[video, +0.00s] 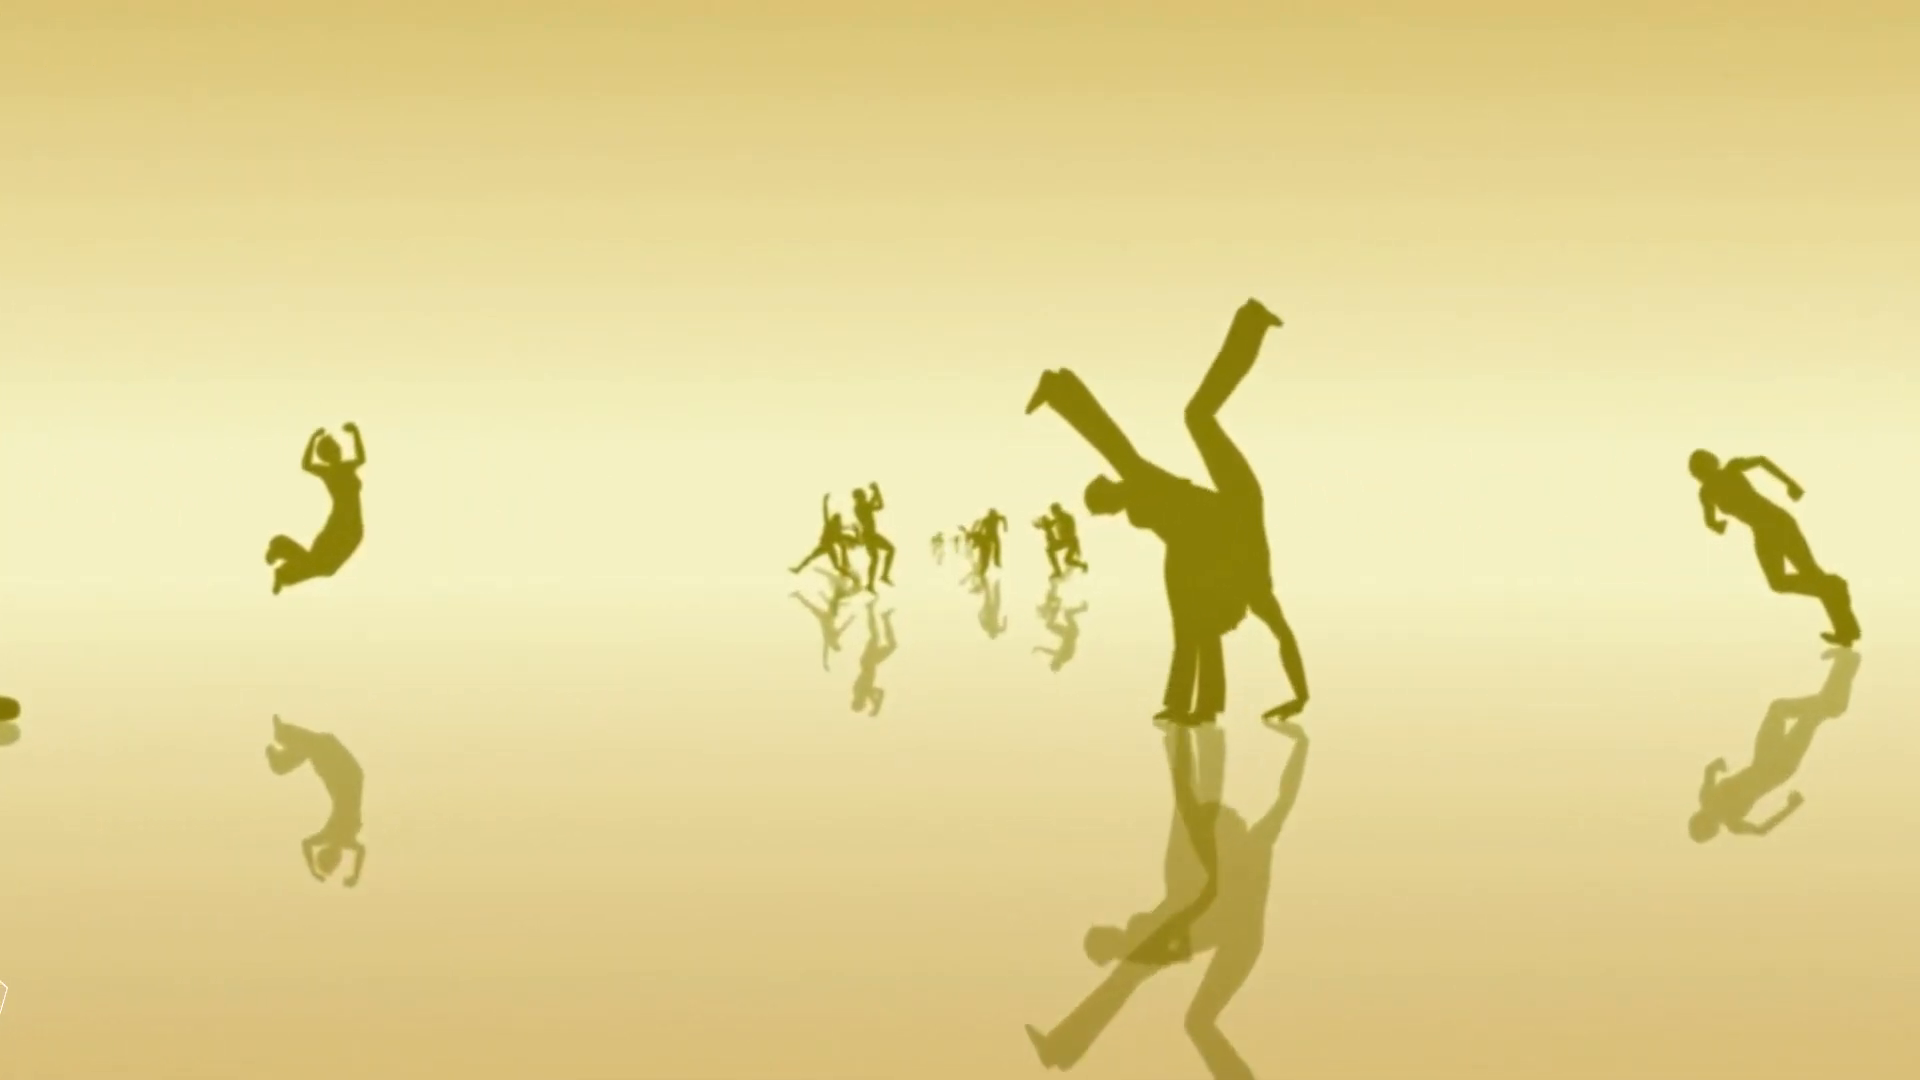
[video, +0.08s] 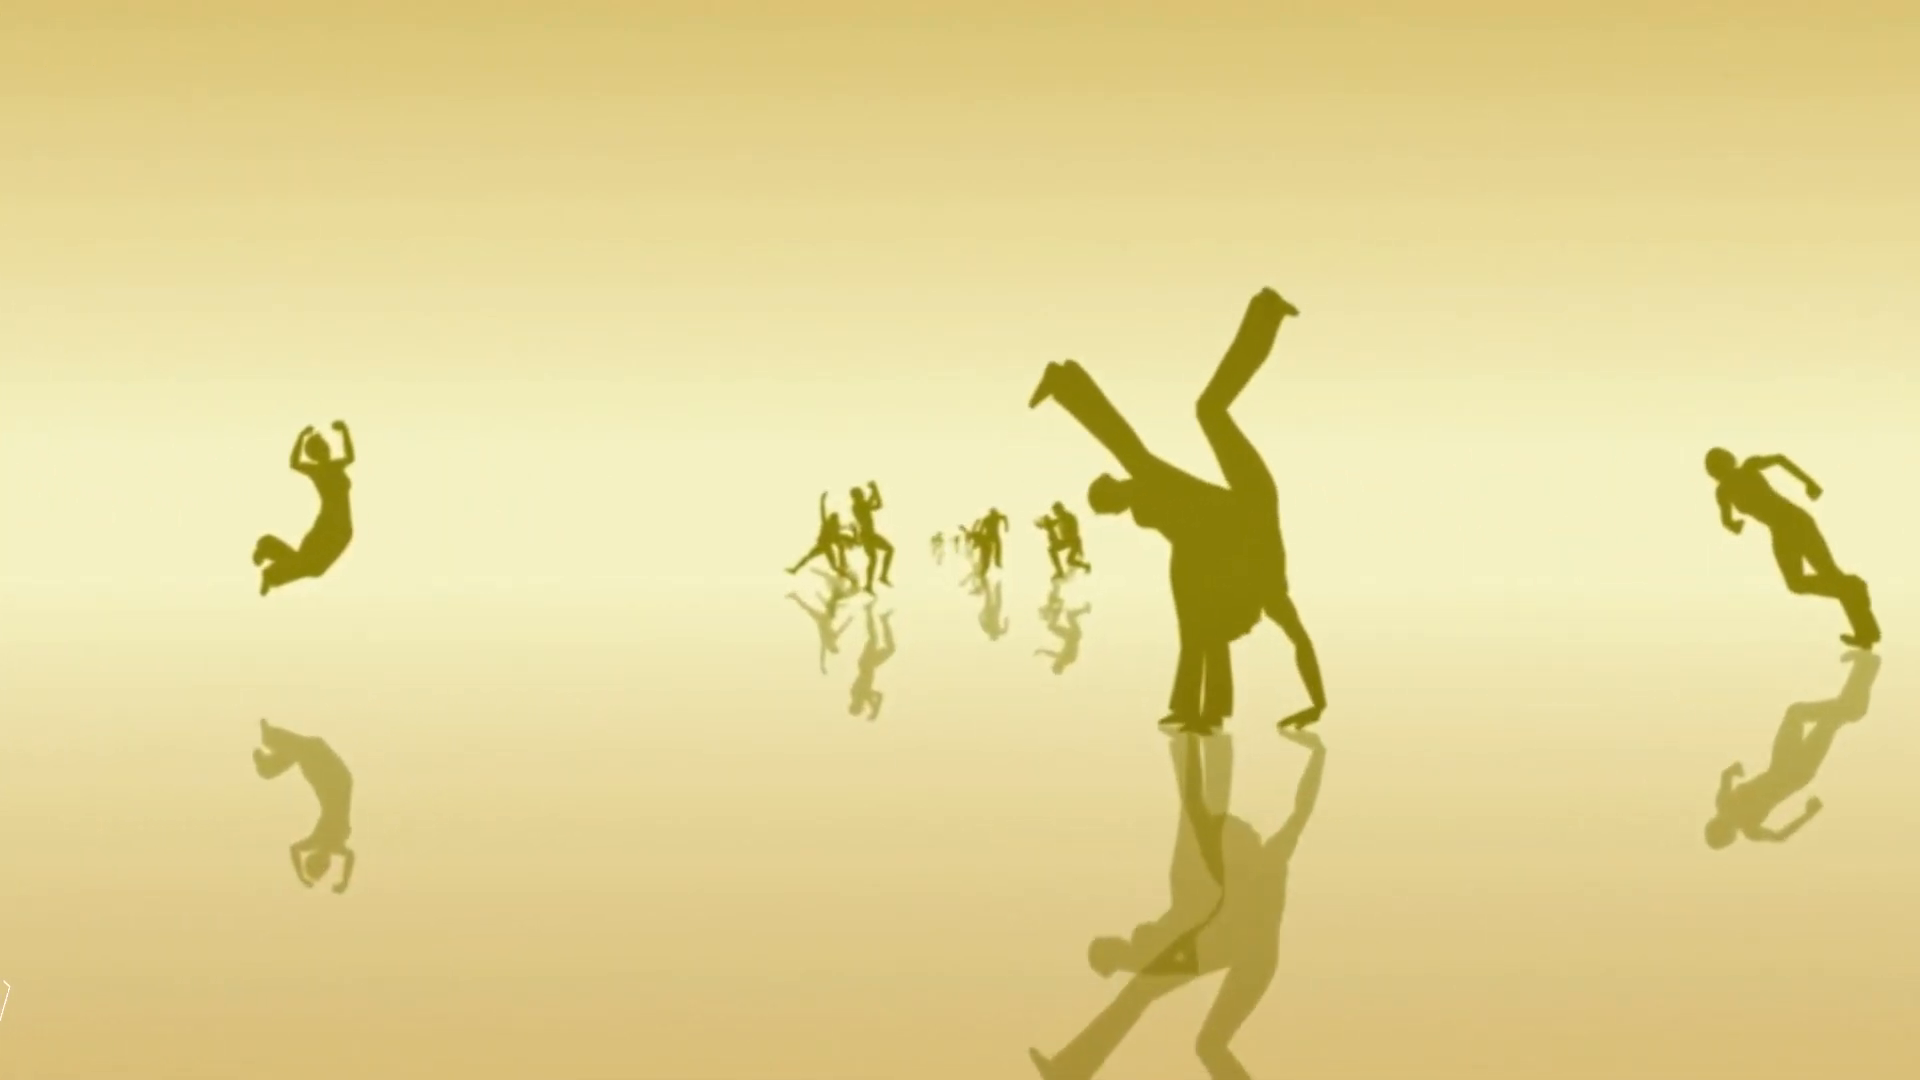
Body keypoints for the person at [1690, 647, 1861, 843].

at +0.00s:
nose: (1710, 831)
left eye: (1705, 830)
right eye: (1708, 833)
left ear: (1701, 818)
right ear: (1710, 830)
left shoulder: (1707, 799)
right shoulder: (1733, 824)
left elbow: (1709, 776)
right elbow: (1761, 830)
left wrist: (1715, 767)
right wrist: (1790, 808)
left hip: (1763, 758)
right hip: (1780, 769)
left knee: (1776, 709)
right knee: (1813, 717)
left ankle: (1823, 703)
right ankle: (1846, 663)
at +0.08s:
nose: (1727, 837)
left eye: (1722, 836)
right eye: (1725, 839)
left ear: (1717, 824)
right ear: (1727, 836)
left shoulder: (1724, 806)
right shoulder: (1751, 831)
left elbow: (1725, 782)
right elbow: (1780, 836)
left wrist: (1732, 771)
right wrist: (1808, 815)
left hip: (1780, 763)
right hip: (1798, 775)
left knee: (1794, 713)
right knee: (1833, 720)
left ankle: (1841, 707)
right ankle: (1866, 664)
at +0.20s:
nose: (1738, 841)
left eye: (1733, 839)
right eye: (1735, 843)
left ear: (1729, 827)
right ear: (1738, 841)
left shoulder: (1736, 809)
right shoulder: (1762, 834)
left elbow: (1737, 785)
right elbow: (1792, 840)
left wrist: (1743, 775)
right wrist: (1821, 819)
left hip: (1793, 767)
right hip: (1810, 778)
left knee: (1807, 716)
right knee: (1845, 723)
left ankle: (1857, 709)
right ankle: (1879, 667)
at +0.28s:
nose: (1756, 847)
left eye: (1750, 846)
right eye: (1753, 850)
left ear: (1746, 834)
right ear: (1756, 847)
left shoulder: (1753, 815)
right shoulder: (1780, 842)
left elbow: (1755, 788)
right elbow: (1811, 848)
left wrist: (1762, 780)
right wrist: (1841, 824)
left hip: (1812, 772)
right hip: (1829, 785)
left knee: (1826, 720)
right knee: (1864, 729)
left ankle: (1879, 714)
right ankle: (1900, 670)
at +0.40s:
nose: (1767, 846)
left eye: (1762, 846)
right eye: (1766, 850)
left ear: (1758, 838)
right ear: (1769, 850)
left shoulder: (1765, 818)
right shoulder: (1793, 845)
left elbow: (1767, 789)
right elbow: (1824, 853)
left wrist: (1776, 783)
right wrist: (1855, 828)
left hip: (1826, 773)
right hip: (1845, 787)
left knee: (1840, 722)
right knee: (1879, 729)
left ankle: (1890, 716)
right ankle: (1911, 666)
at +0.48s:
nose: (1787, 858)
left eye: (1781, 857)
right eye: (1785, 860)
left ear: (1776, 846)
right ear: (1787, 859)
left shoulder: (1784, 826)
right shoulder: (1813, 854)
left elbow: (1786, 798)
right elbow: (1846, 859)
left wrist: (1794, 789)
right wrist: (1875, 835)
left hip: (1846, 780)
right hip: (1866, 793)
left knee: (1861, 726)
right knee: (1896, 738)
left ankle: (1908, 718)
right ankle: (1912, 722)